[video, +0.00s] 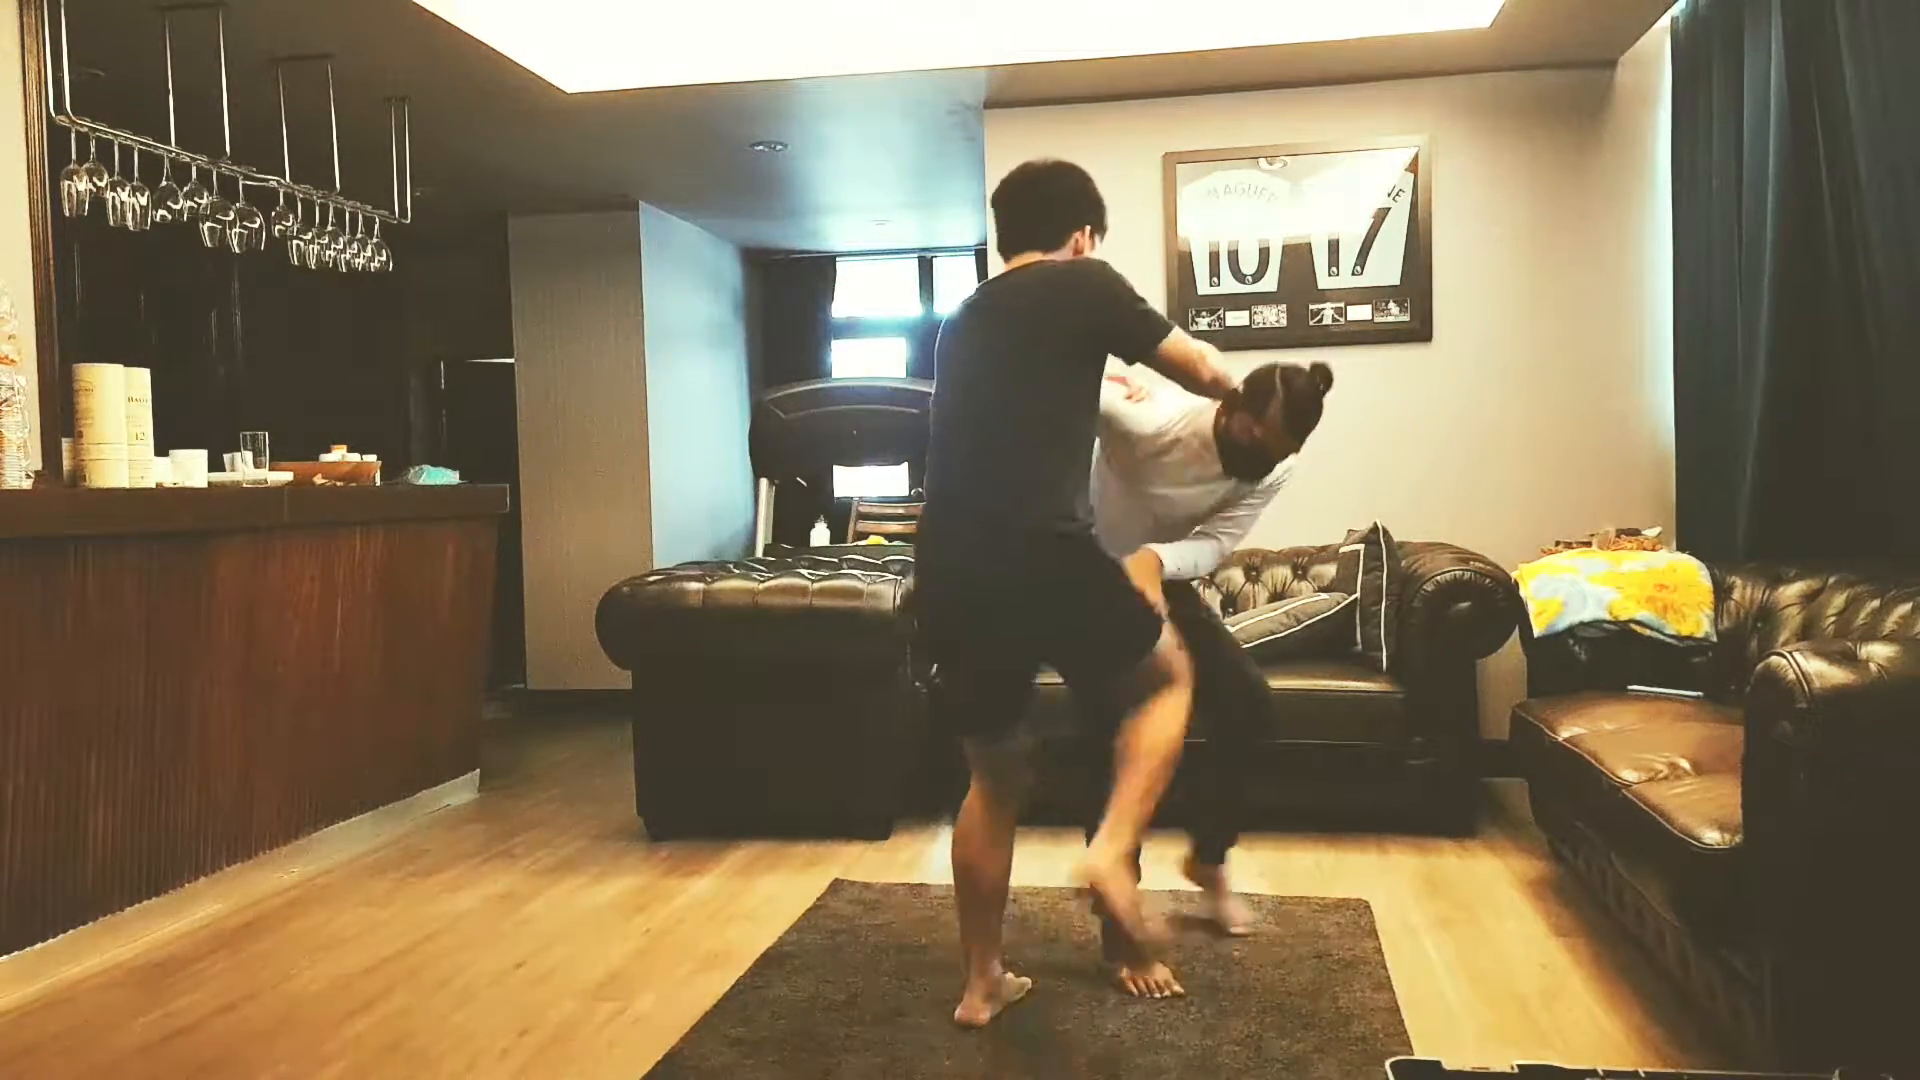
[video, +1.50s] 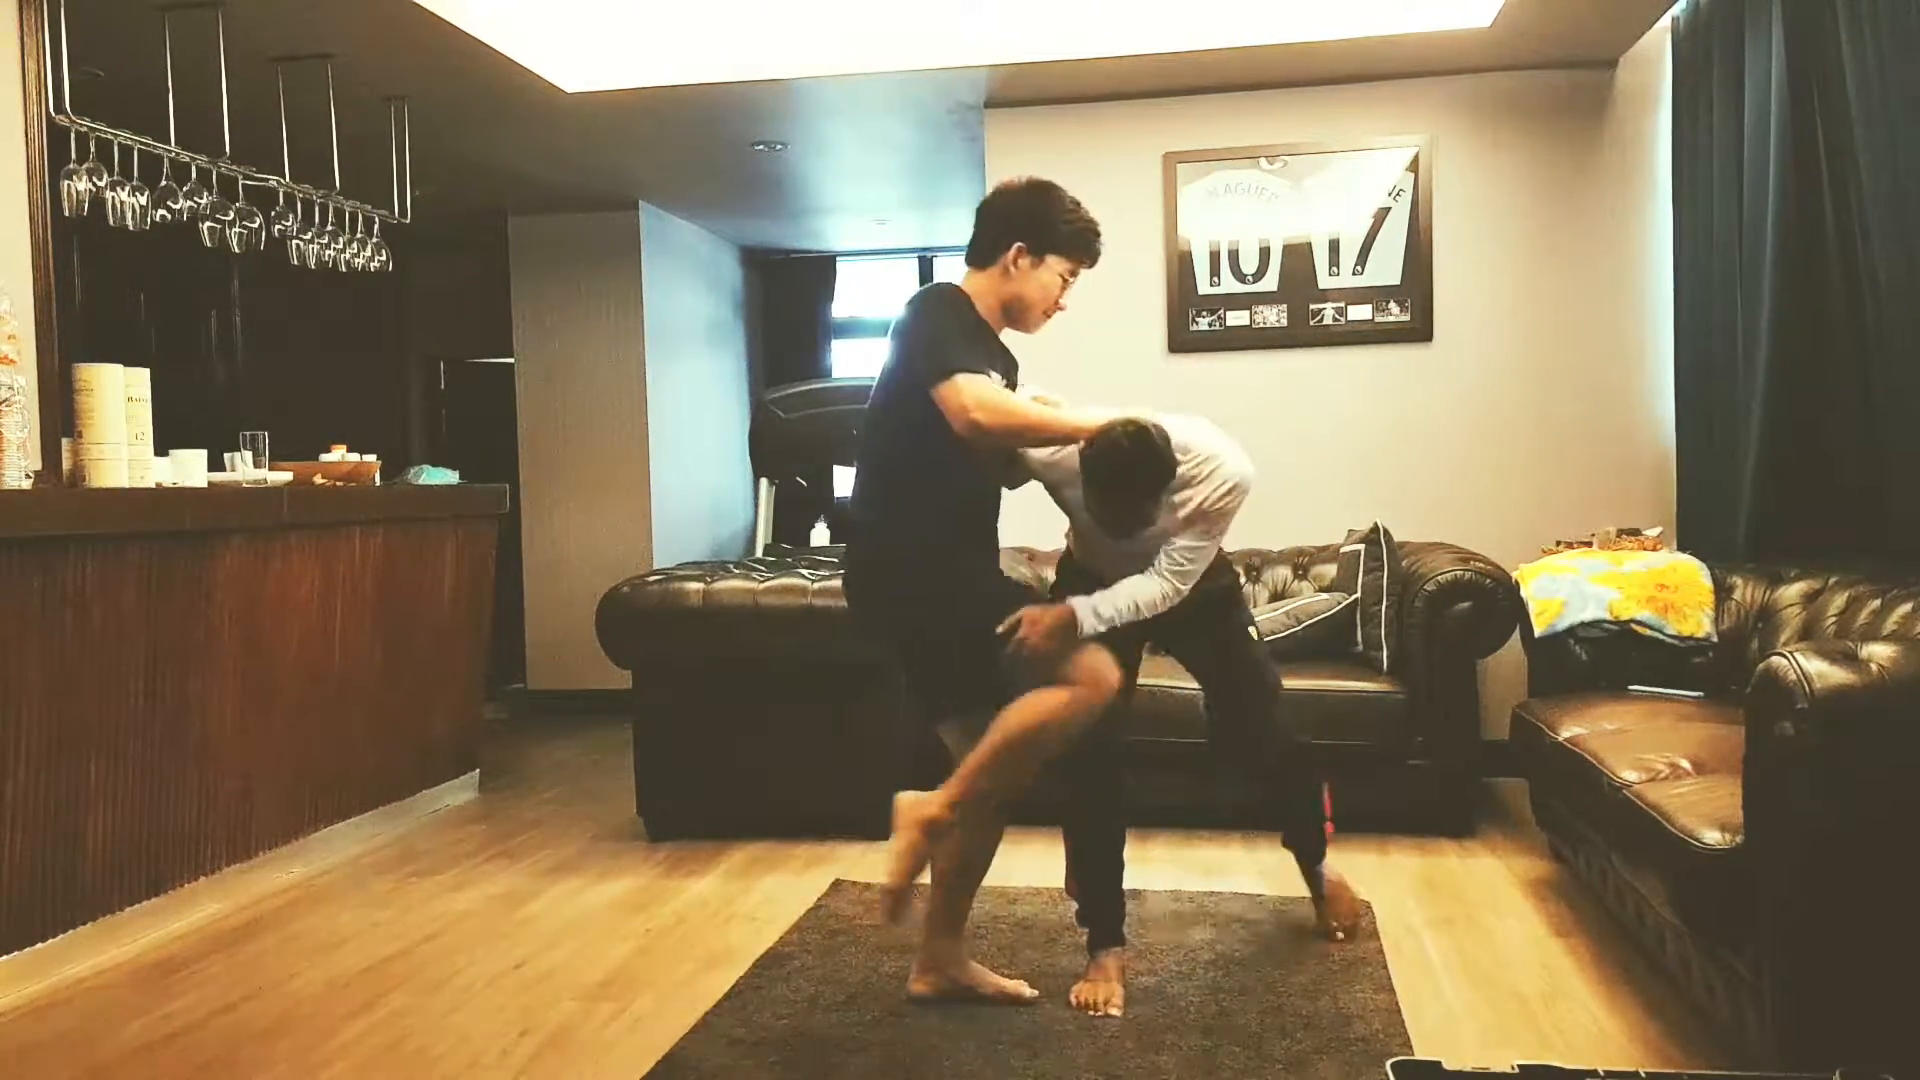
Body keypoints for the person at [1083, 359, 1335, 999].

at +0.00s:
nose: (1264, 462)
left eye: (1277, 456)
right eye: (1260, 446)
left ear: (1291, 442)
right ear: (1236, 409)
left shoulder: (1268, 472)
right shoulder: (1153, 422)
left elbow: (1216, 541)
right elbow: (1064, 382)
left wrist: (1157, 556)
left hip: (1164, 579)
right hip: (1091, 564)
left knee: (1245, 701)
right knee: (1122, 729)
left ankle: (1209, 861)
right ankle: (1119, 918)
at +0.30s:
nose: (1304, 459)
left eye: (1321, 453)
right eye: (1298, 441)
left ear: (1337, 447)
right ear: (1275, 410)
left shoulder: (1301, 470)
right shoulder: (1200, 445)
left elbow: (1283, 530)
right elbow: (1107, 430)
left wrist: (1253, 552)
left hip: (1206, 591)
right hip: (1126, 582)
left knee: (1283, 719)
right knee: (1135, 735)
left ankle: (1276, 891)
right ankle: (1117, 933)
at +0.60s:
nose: (1252, 566)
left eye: (1268, 560)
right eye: (1247, 550)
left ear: (1291, 544)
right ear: (1226, 501)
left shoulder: (1275, 550)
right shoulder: (1148, 508)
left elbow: (1226, 592)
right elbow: (1084, 459)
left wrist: (1173, 580)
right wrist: (1099, 450)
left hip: (1193, 619)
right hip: (1112, 604)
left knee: (1255, 741)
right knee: (1110, 773)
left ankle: (1275, 890)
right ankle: (1113, 944)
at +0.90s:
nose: (1247, 461)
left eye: (1265, 464)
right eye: (1250, 443)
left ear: (1297, 464)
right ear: (1244, 412)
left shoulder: (1295, 479)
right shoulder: (1159, 434)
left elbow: (1273, 557)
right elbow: (1072, 402)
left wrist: (1214, 615)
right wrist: (1060, 471)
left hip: (1200, 588)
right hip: (1108, 581)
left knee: (1267, 740)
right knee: (1115, 756)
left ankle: (1278, 894)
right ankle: (1107, 944)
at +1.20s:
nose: (1197, 521)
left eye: (1213, 519)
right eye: (1193, 507)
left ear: (1253, 502)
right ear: (1192, 466)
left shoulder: (1275, 498)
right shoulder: (1124, 471)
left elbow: (1222, 582)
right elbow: (1046, 446)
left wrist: (1152, 569)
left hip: (1191, 608)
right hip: (1095, 591)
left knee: (1259, 732)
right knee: (1099, 755)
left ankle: (1279, 894)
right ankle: (1105, 946)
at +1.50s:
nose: (1122, 527)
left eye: (1135, 517)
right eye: (1108, 516)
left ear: (1164, 485)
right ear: (1087, 477)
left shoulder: (1220, 477)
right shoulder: (1053, 458)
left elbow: (1167, 581)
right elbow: (986, 471)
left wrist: (1075, 616)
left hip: (1195, 585)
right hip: (1095, 588)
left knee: (1263, 721)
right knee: (1091, 749)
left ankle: (1318, 873)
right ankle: (1103, 944)